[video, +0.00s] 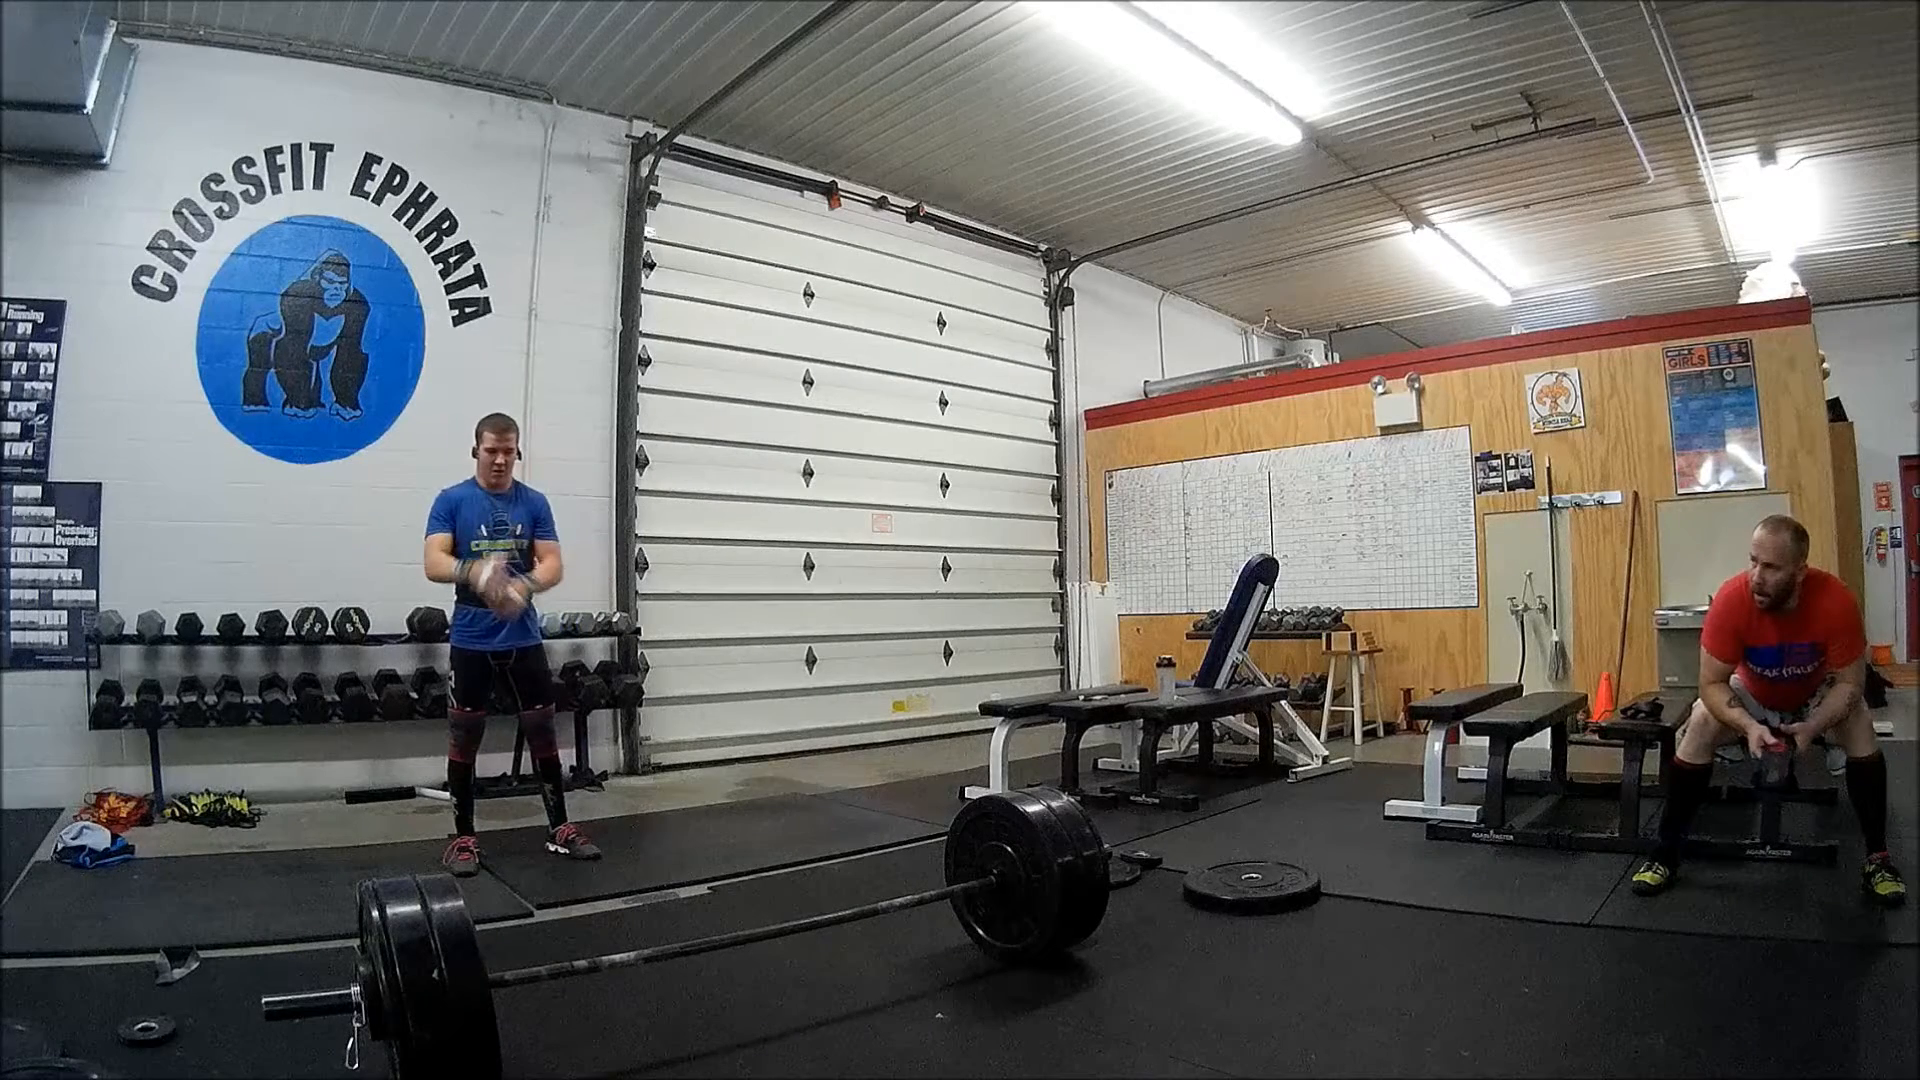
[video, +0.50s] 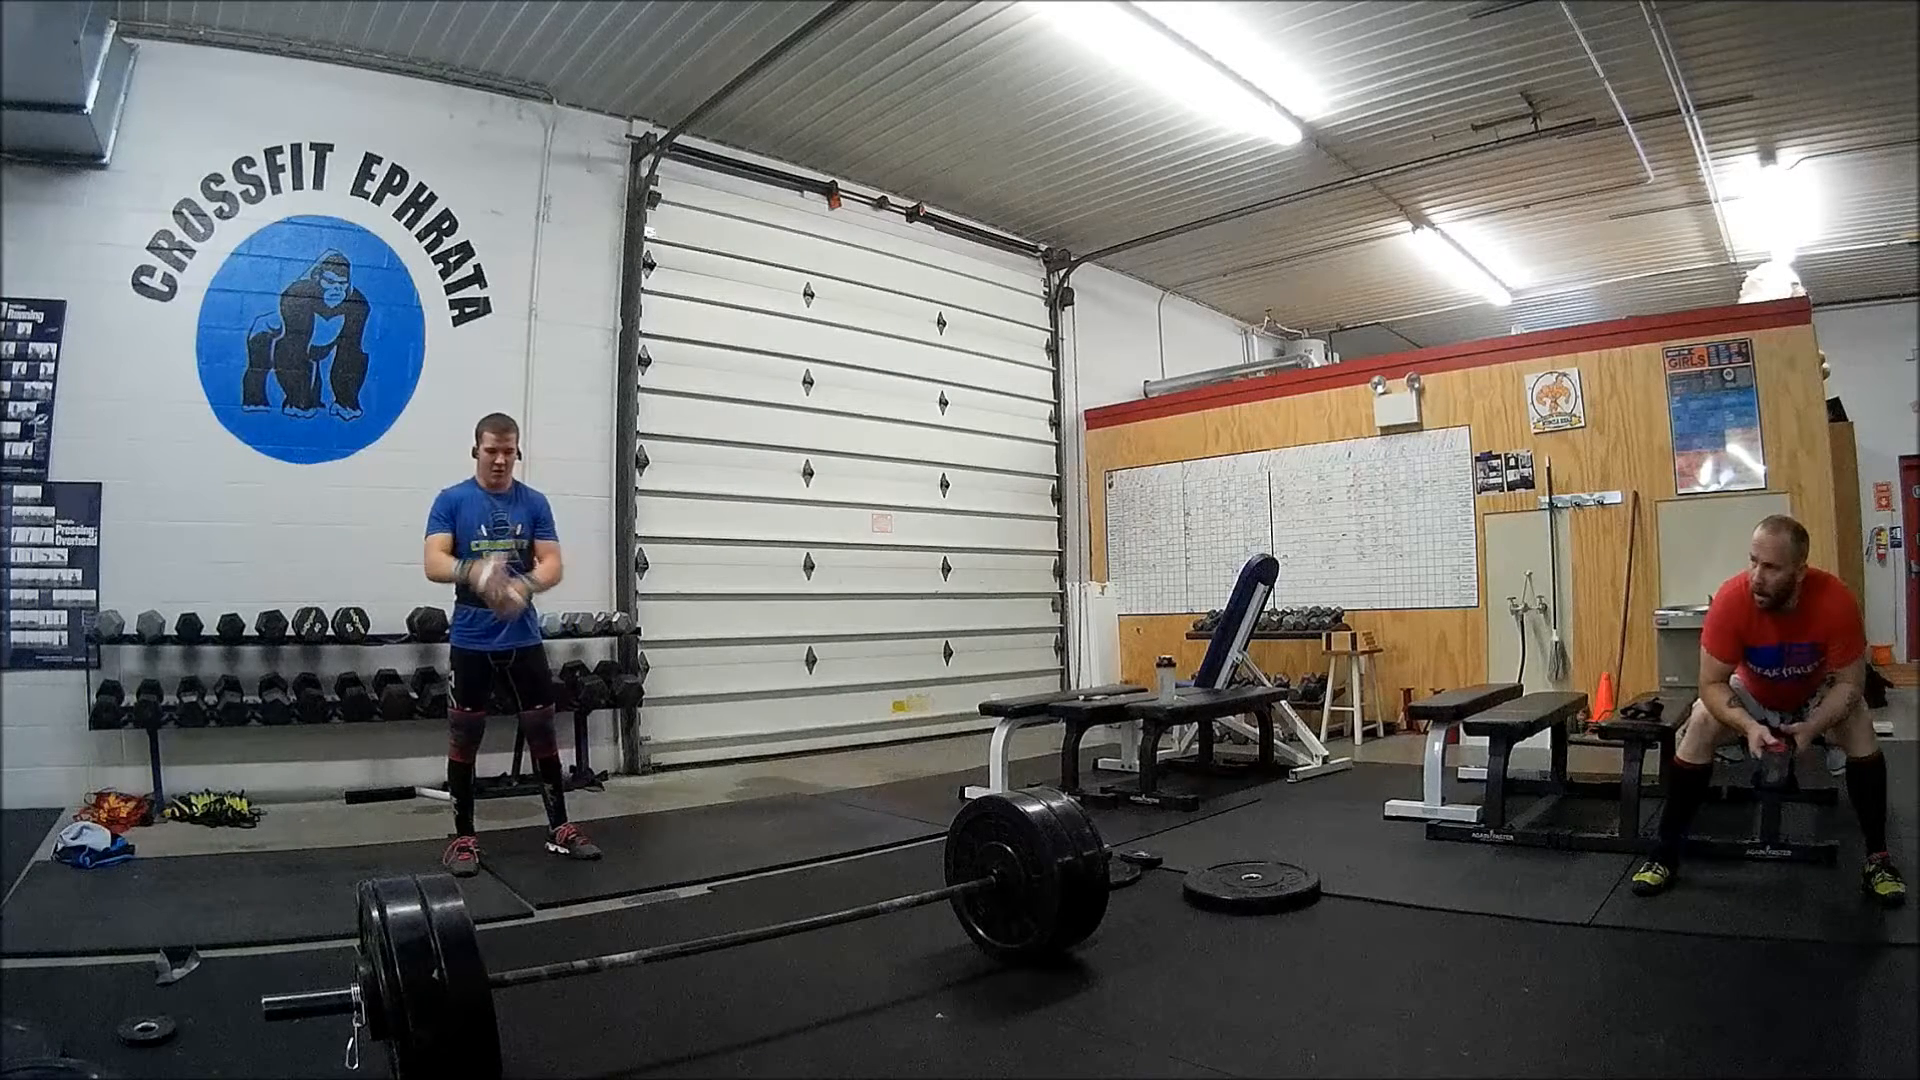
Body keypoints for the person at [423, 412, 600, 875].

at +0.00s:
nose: (499, 460)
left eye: (507, 452)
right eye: (491, 451)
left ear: (518, 453)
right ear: (476, 451)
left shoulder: (534, 503)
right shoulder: (451, 501)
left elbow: (552, 567)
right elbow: (433, 563)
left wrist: (524, 585)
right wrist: (474, 572)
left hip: (524, 641)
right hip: (471, 643)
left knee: (541, 728)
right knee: (465, 734)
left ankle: (560, 827)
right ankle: (464, 836)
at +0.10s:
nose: (499, 460)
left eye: (507, 452)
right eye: (491, 451)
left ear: (518, 454)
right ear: (476, 451)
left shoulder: (534, 503)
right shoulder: (451, 501)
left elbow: (552, 567)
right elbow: (433, 563)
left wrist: (525, 585)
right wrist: (474, 572)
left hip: (524, 641)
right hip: (471, 643)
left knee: (541, 728)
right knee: (465, 733)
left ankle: (560, 827)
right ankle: (464, 836)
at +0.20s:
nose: (499, 460)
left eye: (507, 452)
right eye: (491, 451)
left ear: (518, 454)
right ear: (476, 452)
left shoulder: (534, 503)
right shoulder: (451, 501)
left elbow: (552, 567)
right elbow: (433, 563)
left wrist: (524, 585)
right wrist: (474, 572)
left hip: (523, 641)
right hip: (471, 644)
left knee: (541, 728)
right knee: (465, 733)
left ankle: (559, 827)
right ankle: (464, 836)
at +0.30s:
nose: (499, 460)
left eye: (507, 452)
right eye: (491, 451)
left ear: (518, 454)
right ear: (475, 452)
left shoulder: (535, 504)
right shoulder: (451, 501)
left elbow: (552, 567)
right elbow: (433, 563)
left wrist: (524, 585)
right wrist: (474, 572)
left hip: (523, 641)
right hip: (471, 644)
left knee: (541, 728)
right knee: (465, 734)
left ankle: (559, 827)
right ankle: (464, 836)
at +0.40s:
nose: (499, 460)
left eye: (507, 452)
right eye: (491, 451)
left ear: (518, 454)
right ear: (475, 452)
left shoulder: (535, 504)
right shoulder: (451, 501)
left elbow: (552, 567)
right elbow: (433, 563)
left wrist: (524, 585)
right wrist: (474, 572)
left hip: (523, 641)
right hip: (471, 644)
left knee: (541, 728)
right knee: (465, 734)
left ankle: (559, 827)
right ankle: (464, 836)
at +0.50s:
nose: (499, 460)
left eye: (507, 452)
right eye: (491, 451)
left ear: (518, 454)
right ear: (475, 452)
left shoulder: (535, 504)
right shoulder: (451, 501)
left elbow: (552, 567)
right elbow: (433, 563)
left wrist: (524, 585)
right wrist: (474, 572)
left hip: (523, 641)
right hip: (471, 644)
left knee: (541, 728)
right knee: (465, 734)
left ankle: (559, 827)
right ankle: (464, 836)